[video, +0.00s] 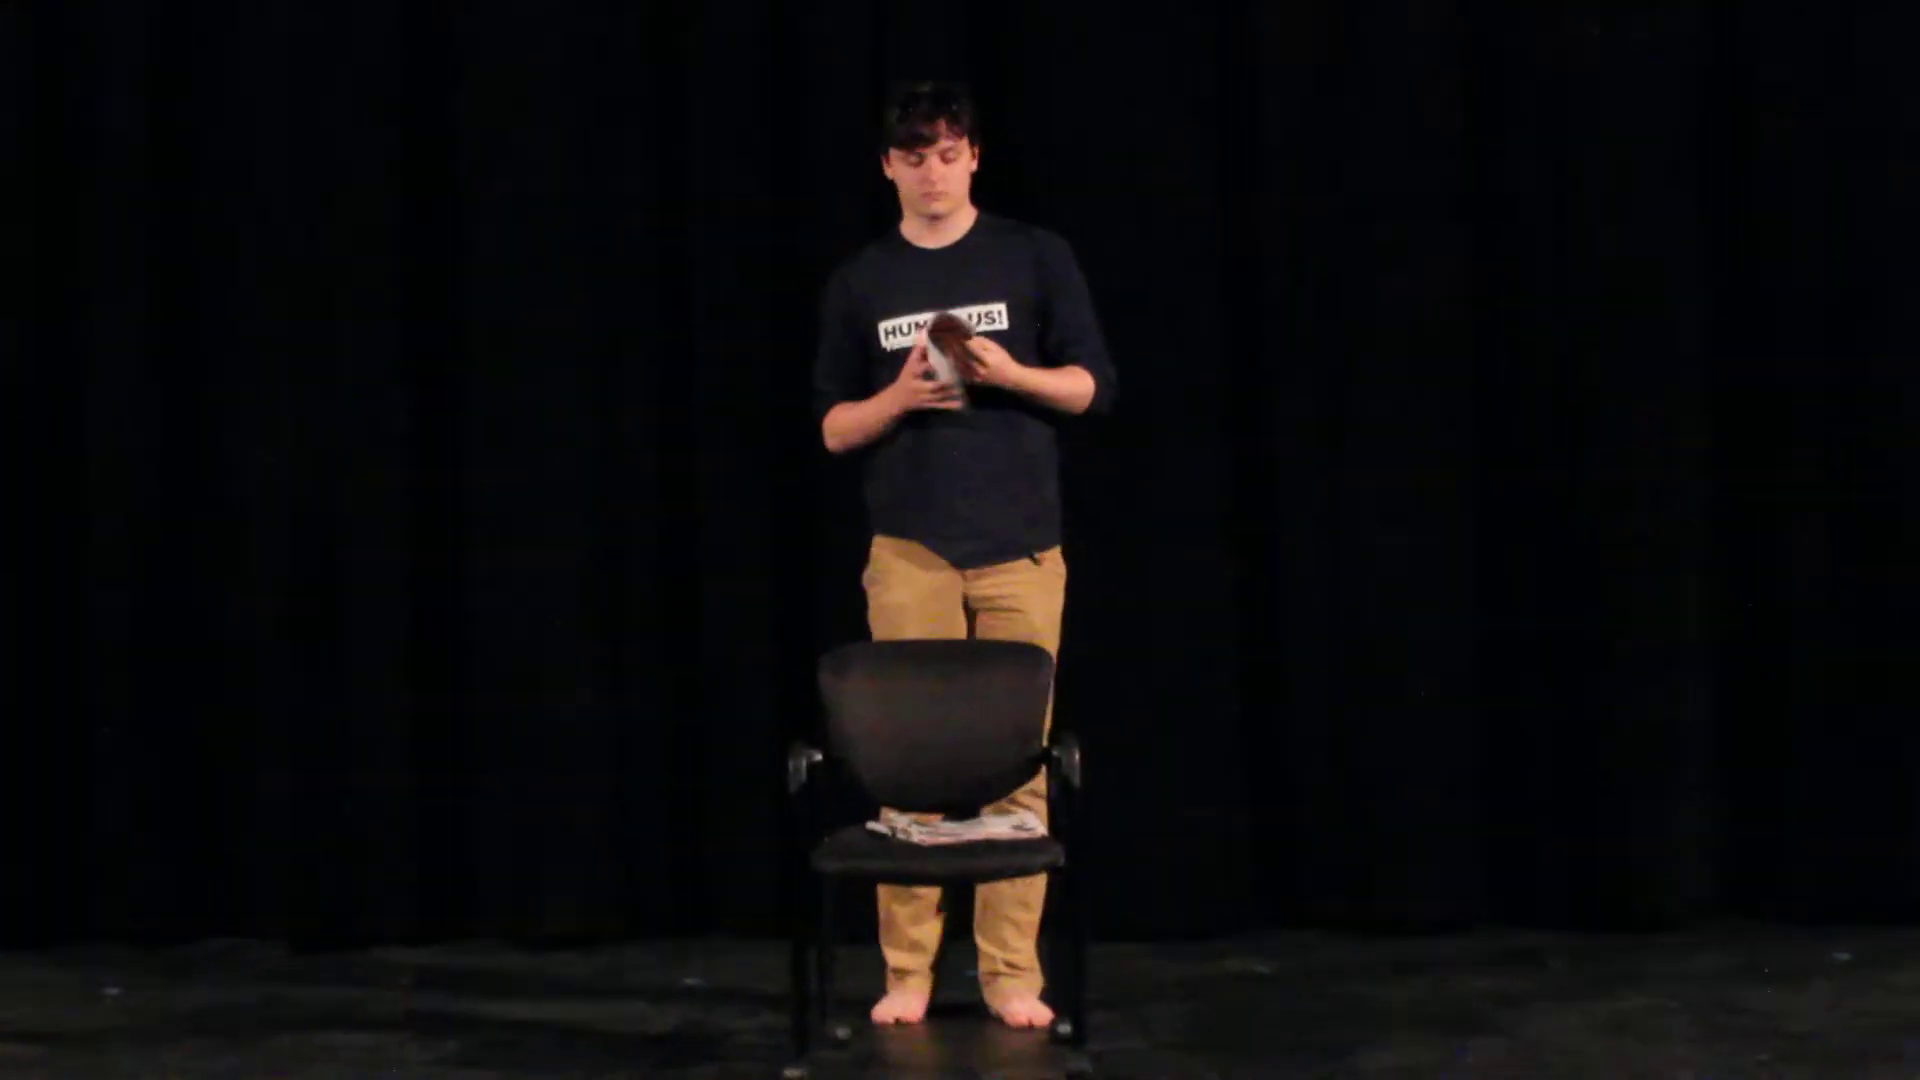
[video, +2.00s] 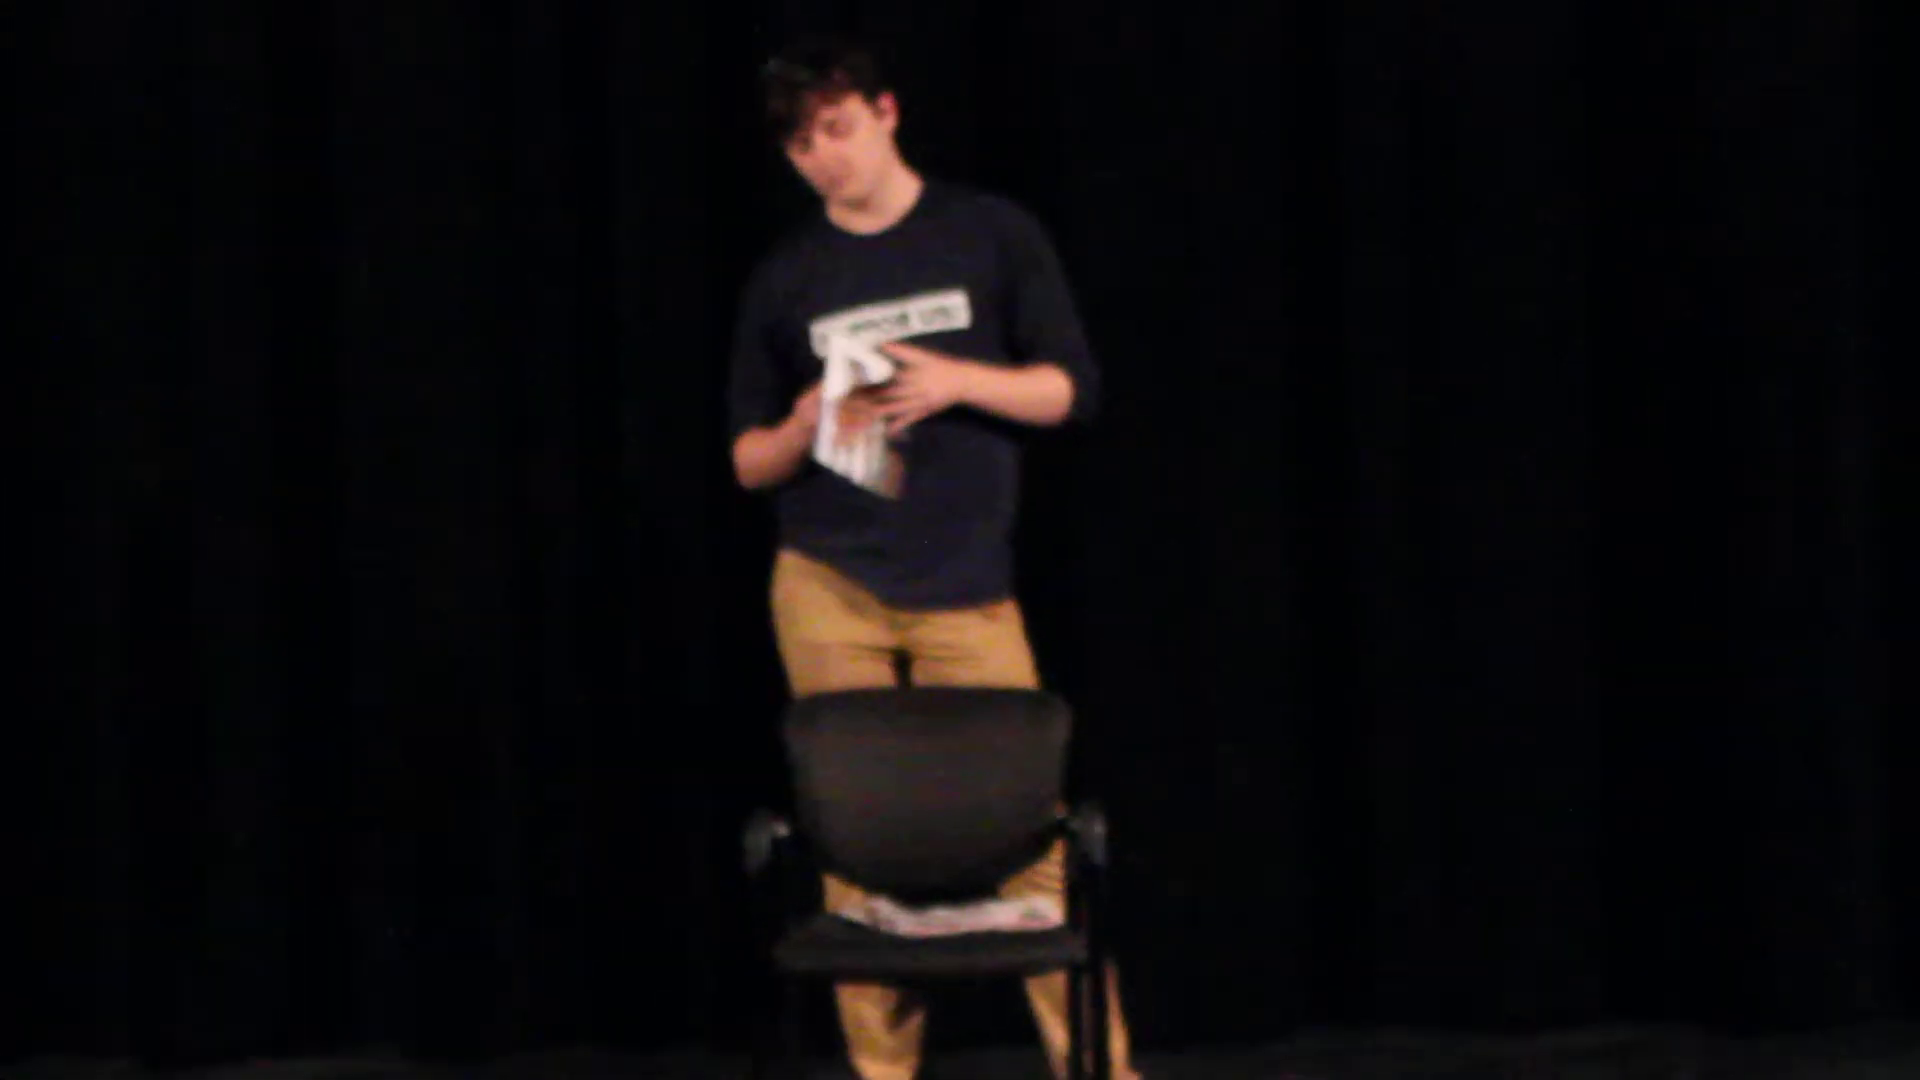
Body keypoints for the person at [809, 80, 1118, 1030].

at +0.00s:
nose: (935, 170)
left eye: (949, 152)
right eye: (917, 155)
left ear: (975, 158)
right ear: (889, 166)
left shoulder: (1038, 260)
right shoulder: (860, 282)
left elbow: (1089, 389)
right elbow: (834, 430)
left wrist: (1012, 374)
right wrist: (902, 397)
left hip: (1022, 550)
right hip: (907, 552)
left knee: (1018, 761)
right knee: (908, 759)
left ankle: (1011, 976)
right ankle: (907, 977)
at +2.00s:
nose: (821, 153)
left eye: (834, 126)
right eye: (802, 139)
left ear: (886, 114)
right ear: (789, 156)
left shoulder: (993, 236)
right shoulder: (786, 277)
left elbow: (1069, 391)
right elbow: (747, 461)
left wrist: (957, 380)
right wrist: (807, 424)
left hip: (967, 586)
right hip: (827, 585)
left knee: (1023, 828)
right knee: (855, 837)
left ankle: (1099, 1066)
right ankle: (881, 1068)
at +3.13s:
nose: (852, 127)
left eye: (870, 99)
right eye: (839, 109)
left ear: (928, 94)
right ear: (827, 128)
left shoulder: (1034, 224)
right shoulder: (829, 261)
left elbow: (1111, 378)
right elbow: (784, 445)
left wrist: (1049, 363)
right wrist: (828, 399)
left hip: (1004, 562)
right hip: (861, 560)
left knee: (1059, 808)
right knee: (888, 817)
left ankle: (1130, 1055)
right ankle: (918, 1064)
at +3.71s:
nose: (1023, 200)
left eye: (1034, 173)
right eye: (1002, 186)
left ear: (1082, 160)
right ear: (986, 204)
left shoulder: (1190, 285)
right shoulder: (983, 325)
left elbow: (1264, 442)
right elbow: (942, 512)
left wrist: (1208, 434)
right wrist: (978, 478)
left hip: (1158, 628)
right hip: (1019, 627)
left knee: (1208, 869)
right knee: (1040, 874)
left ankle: (1263, 1068)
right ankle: (1059, 1074)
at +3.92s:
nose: (1104, 209)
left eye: (1116, 183)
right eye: (1079, 195)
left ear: (1157, 175)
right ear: (1059, 213)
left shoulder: (1259, 296)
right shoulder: (1046, 339)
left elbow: (1333, 447)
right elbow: (1004, 520)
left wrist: (1252, 460)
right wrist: (1051, 508)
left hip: (1224, 642)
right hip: (1086, 643)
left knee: (1275, 875)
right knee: (1106, 880)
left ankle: (1320, 1071)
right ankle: (1122, 1078)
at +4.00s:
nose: (1148, 214)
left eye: (1162, 188)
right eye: (1124, 199)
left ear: (1201, 188)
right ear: (1100, 222)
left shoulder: (1294, 305)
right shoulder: (1082, 347)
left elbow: (1372, 455)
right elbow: (1038, 524)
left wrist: (1269, 476)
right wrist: (1107, 518)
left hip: (1266, 654)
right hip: (1127, 656)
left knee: (1317, 889)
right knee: (1156, 894)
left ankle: (1357, 1069)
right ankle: (1164, 1078)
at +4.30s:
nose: (1415, 217)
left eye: (1429, 195)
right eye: (1389, 199)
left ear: (1448, 205)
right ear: (1340, 217)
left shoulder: (1515, 326)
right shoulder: (1299, 358)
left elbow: (1586, 478)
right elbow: (1251, 533)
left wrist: (1492, 531)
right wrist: (1356, 553)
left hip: (1492, 669)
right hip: (1351, 674)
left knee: (1534, 904)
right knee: (1376, 912)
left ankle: (1563, 1072)